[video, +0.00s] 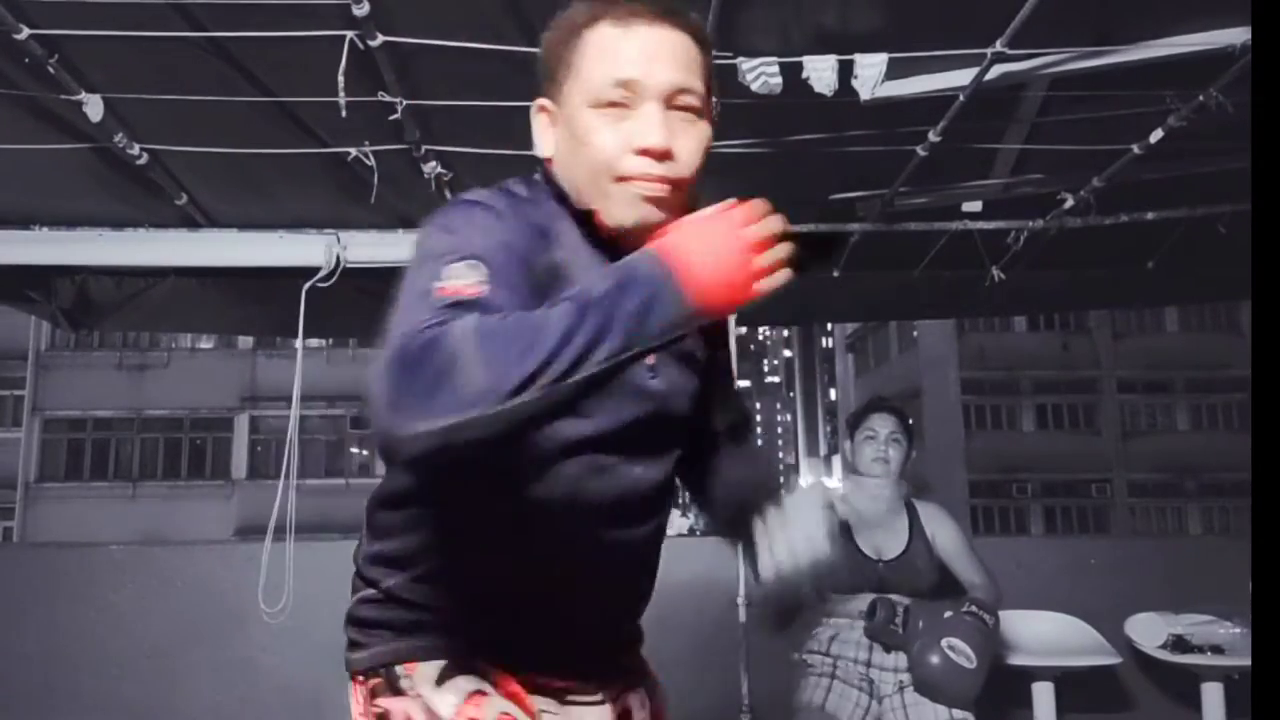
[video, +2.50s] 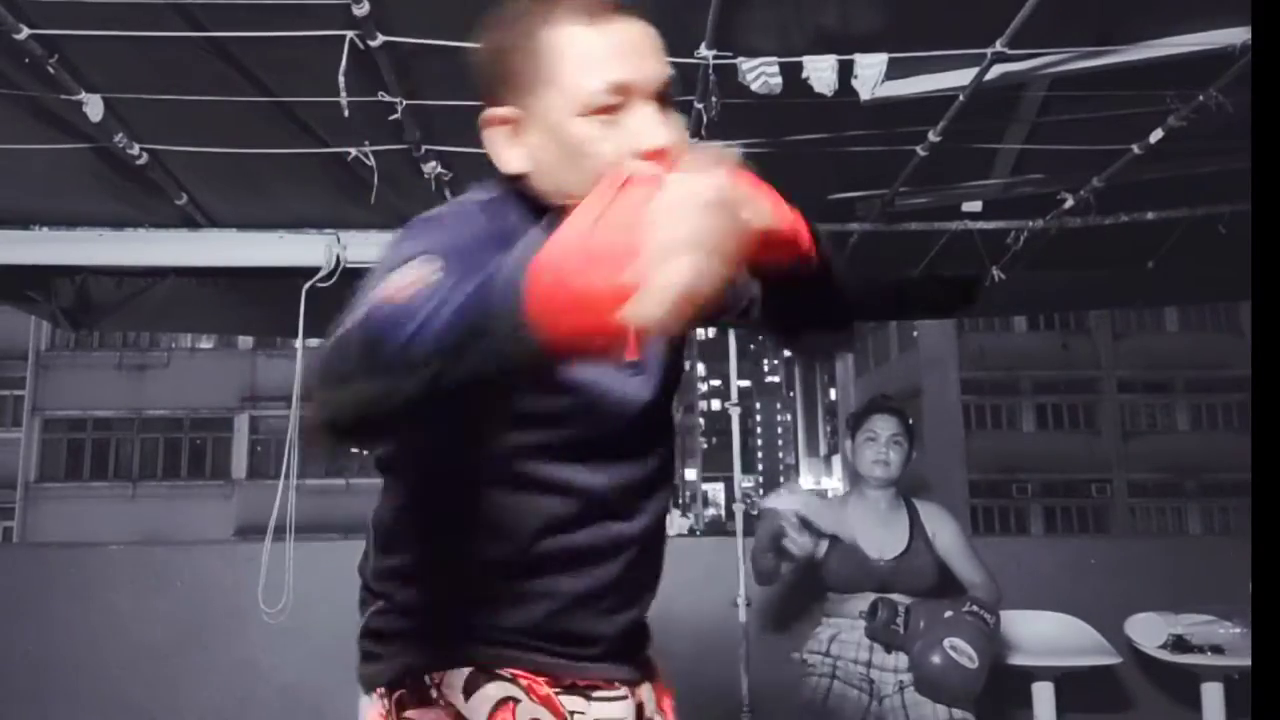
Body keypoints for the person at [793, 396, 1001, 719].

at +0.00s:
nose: (882, 447)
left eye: (894, 440)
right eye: (870, 437)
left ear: (907, 456)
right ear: (849, 450)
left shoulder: (930, 518)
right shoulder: (819, 516)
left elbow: (983, 587)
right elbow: (802, 599)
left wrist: (975, 617)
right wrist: (870, 608)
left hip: (921, 668)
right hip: (837, 664)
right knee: (824, 712)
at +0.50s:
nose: (885, 452)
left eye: (899, 443)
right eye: (874, 441)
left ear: (917, 457)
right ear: (857, 450)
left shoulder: (937, 515)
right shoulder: (825, 507)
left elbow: (984, 591)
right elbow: (755, 541)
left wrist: (951, 617)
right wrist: (806, 549)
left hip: (921, 670)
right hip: (838, 667)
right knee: (820, 711)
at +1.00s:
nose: (885, 452)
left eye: (897, 443)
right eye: (872, 442)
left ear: (912, 454)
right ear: (852, 450)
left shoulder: (932, 515)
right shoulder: (831, 513)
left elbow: (983, 589)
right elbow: (760, 558)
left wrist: (971, 619)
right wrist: (805, 521)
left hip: (923, 671)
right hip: (841, 667)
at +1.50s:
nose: (885, 450)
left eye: (899, 442)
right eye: (874, 439)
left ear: (913, 456)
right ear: (854, 448)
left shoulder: (933, 516)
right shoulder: (830, 516)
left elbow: (983, 588)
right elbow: (772, 573)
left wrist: (973, 619)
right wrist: (786, 518)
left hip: (921, 665)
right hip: (839, 662)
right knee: (824, 711)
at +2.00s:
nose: (887, 451)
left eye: (900, 443)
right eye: (875, 439)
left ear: (915, 457)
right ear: (856, 449)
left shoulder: (934, 517)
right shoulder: (828, 512)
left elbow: (985, 589)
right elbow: (777, 576)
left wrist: (977, 616)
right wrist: (764, 518)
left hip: (920, 665)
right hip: (840, 661)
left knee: (938, 716)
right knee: (829, 713)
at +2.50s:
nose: (883, 450)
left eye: (895, 443)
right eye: (870, 439)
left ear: (909, 456)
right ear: (850, 450)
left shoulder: (931, 518)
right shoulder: (823, 515)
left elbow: (984, 587)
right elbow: (764, 576)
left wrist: (972, 620)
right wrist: (769, 526)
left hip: (921, 669)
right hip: (840, 666)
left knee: (938, 714)